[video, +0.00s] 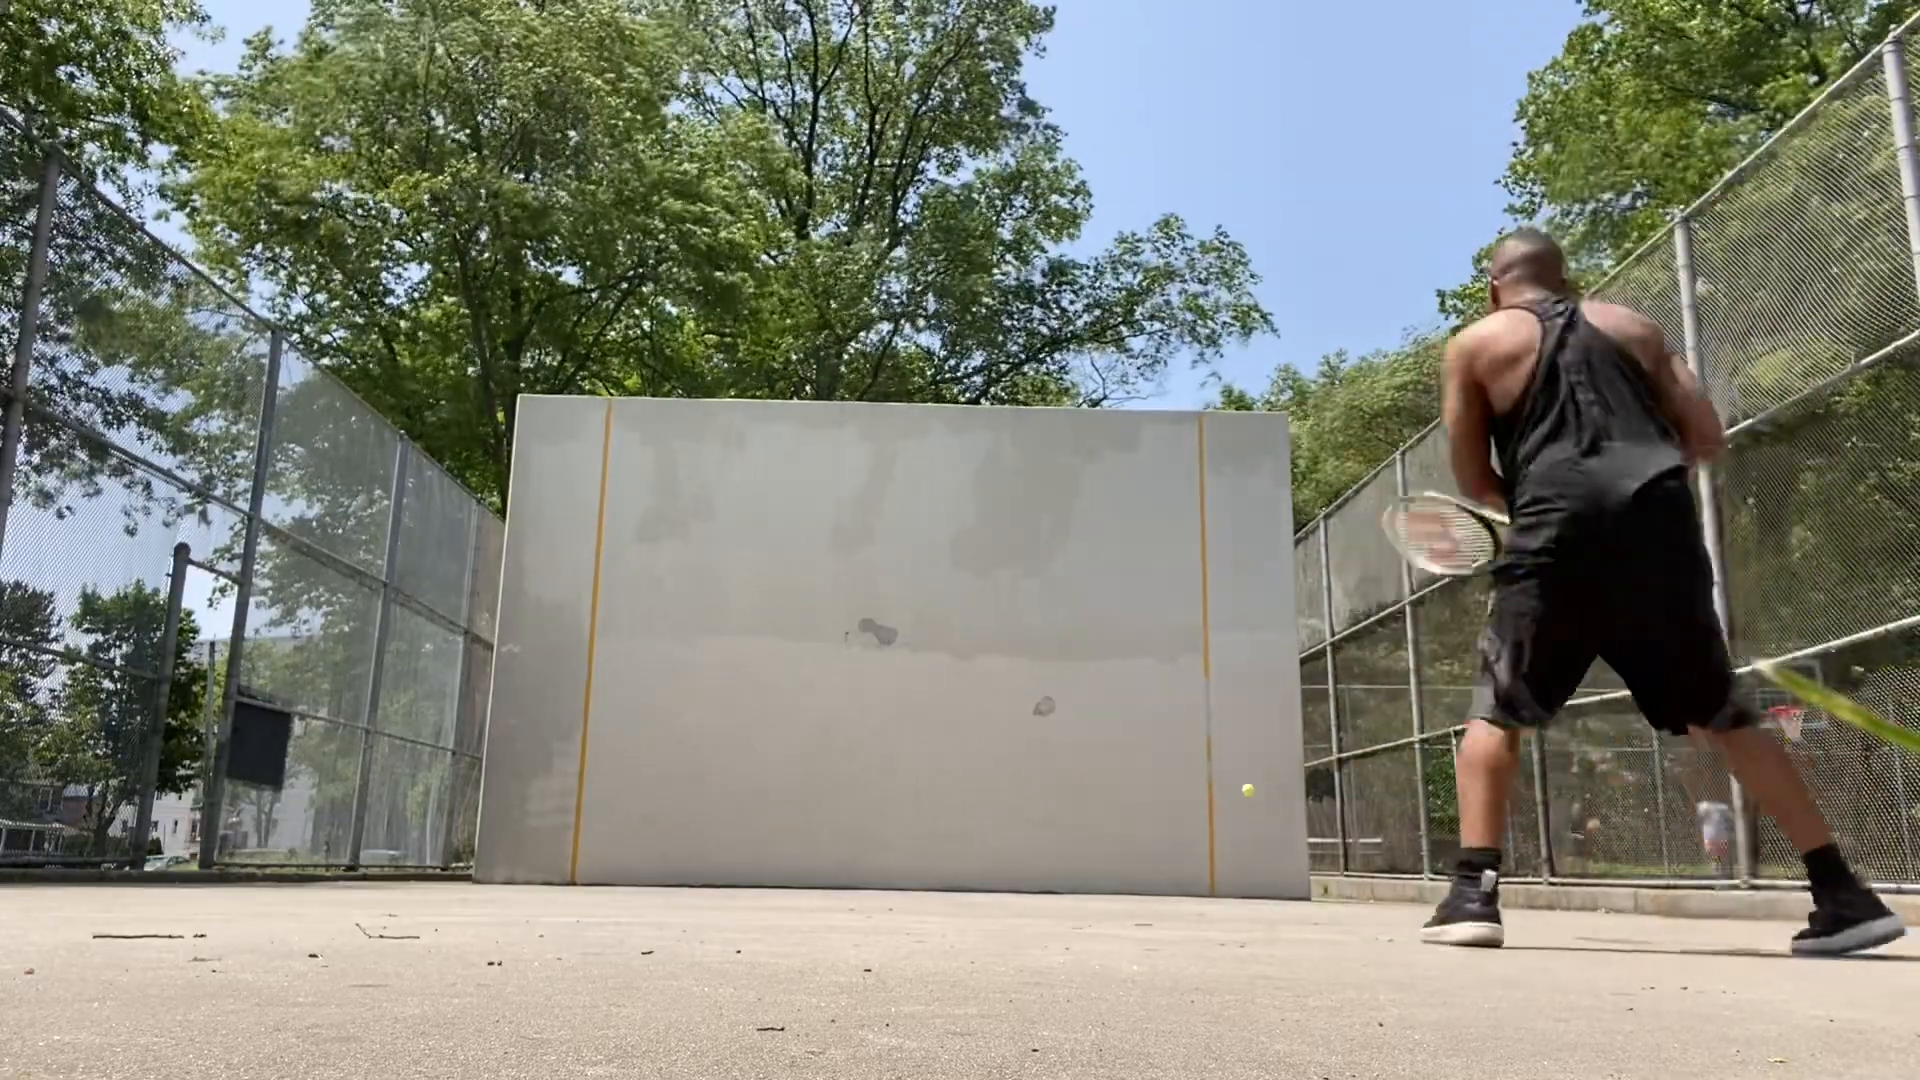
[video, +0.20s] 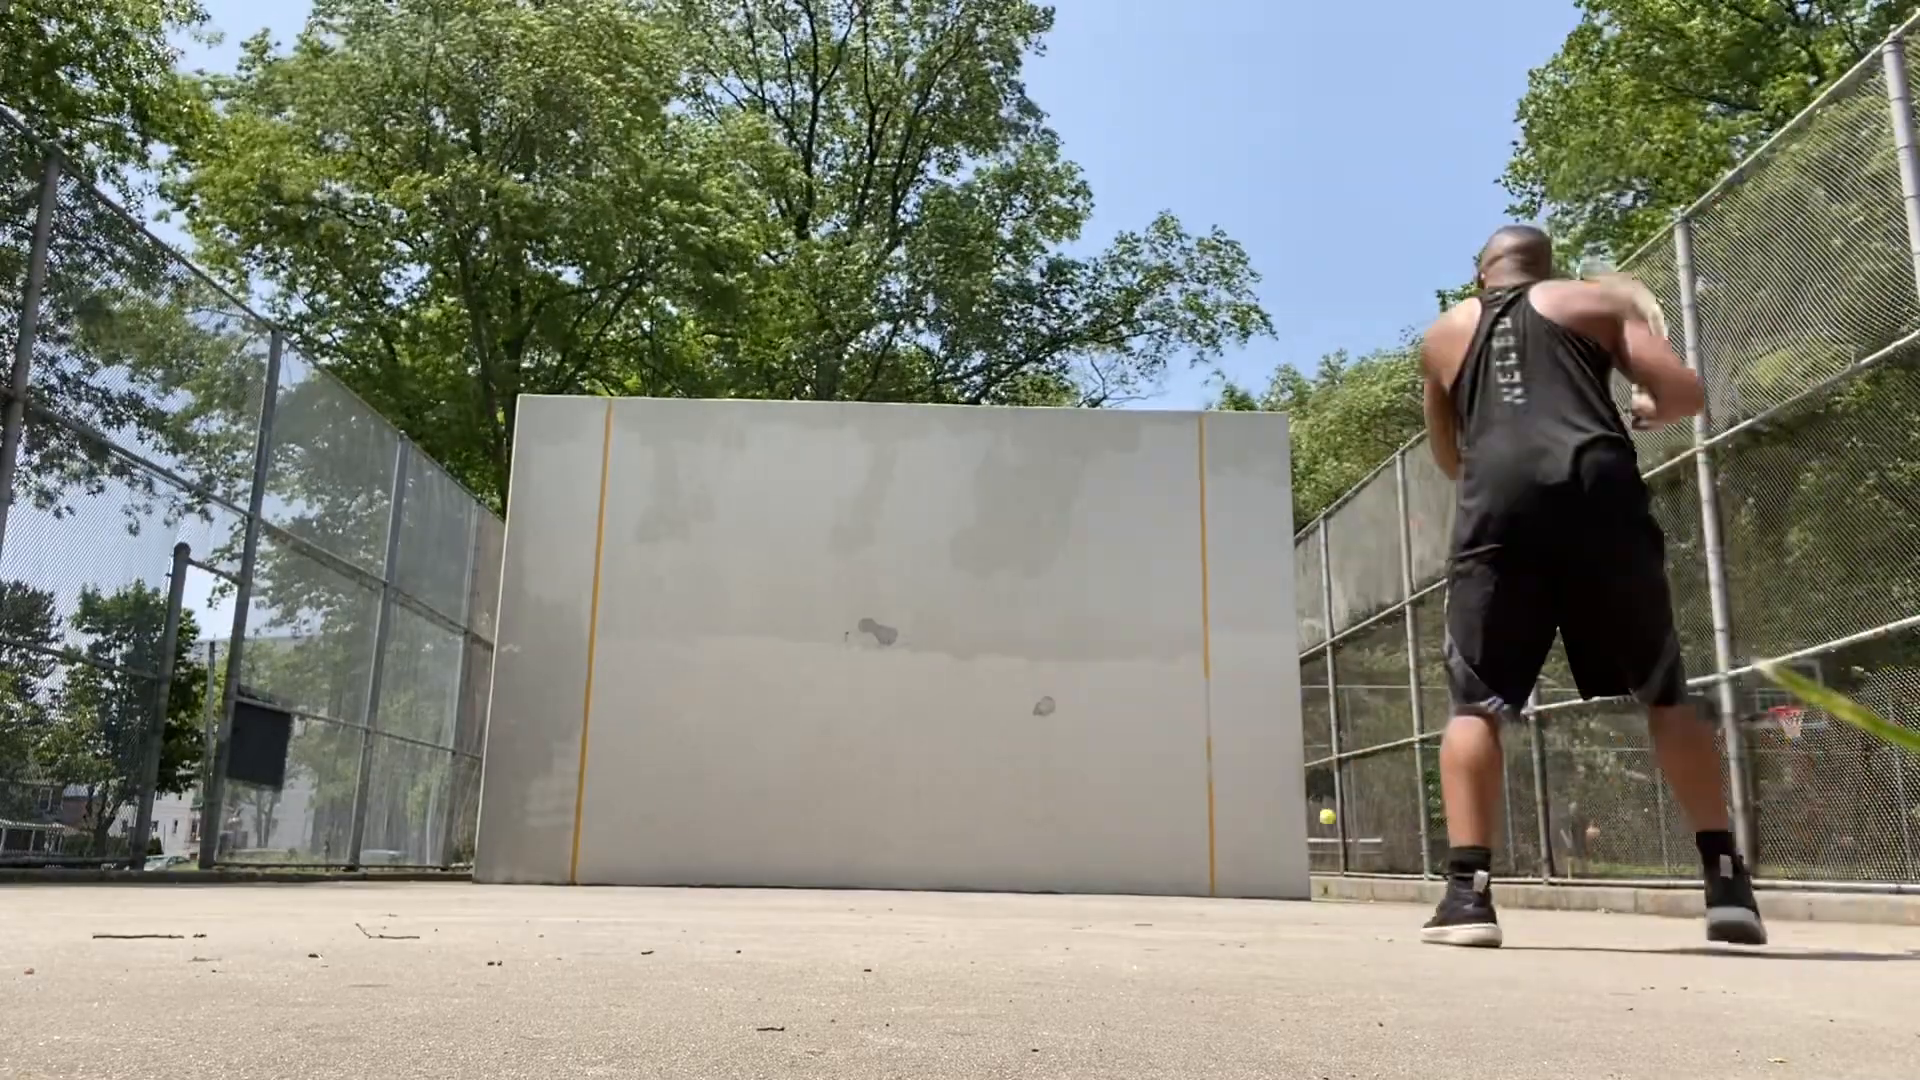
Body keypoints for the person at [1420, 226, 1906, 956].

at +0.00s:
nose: (1483, 298)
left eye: (1484, 289)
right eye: (1485, 290)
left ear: (1496, 287)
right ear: (1568, 282)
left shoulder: (1475, 345)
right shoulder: (1629, 322)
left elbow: (1473, 479)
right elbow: (1706, 437)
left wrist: (1545, 499)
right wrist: (1635, 464)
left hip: (1553, 547)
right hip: (1659, 541)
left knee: (1496, 712)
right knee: (1721, 716)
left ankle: (1473, 891)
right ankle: (1843, 893)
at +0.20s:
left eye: (1483, 266)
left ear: (1481, 278)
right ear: (1554, 269)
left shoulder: (1443, 334)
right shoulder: (1600, 298)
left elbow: (1450, 460)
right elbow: (1683, 392)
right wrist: (1649, 409)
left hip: (1497, 521)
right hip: (1606, 514)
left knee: (1475, 704)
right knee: (1666, 696)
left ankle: (1467, 894)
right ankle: (1727, 885)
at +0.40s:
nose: (1617, 299)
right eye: (1613, 290)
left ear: (1538, 292)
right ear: (1602, 286)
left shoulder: (1483, 344)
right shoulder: (1608, 300)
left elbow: (1392, 440)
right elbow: (1698, 322)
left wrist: (1383, 494)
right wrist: (1817, 264)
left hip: (1483, 529)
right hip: (1591, 519)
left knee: (1471, 713)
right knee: (1650, 706)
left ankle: (1465, 894)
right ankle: (1707, 895)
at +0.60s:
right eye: (1657, 345)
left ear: (1586, 333)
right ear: (1654, 339)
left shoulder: (1524, 365)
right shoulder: (1668, 370)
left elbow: (1415, 425)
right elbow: (1730, 456)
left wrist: (1341, 491)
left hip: (1509, 544)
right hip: (1620, 544)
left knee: (1462, 716)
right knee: (1677, 715)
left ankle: (1453, 885)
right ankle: (1711, 910)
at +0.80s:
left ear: (1593, 278)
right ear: (1654, 297)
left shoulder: (1537, 292)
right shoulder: (1684, 344)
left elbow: (1467, 384)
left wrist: (1384, 449)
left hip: (1521, 512)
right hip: (1629, 529)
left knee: (1442, 681)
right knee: (1662, 706)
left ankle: (1420, 868)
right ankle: (1711, 906)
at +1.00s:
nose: (1601, 229)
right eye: (1591, 219)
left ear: (1524, 235)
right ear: (1571, 234)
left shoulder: (1505, 289)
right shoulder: (1606, 305)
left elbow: (1435, 401)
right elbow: (1481, 313)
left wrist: (1363, 348)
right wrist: (1470, 236)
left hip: (1530, 490)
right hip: (1625, 500)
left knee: (1425, 664)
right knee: (1640, 706)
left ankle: (1389, 844)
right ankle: (1710, 899)